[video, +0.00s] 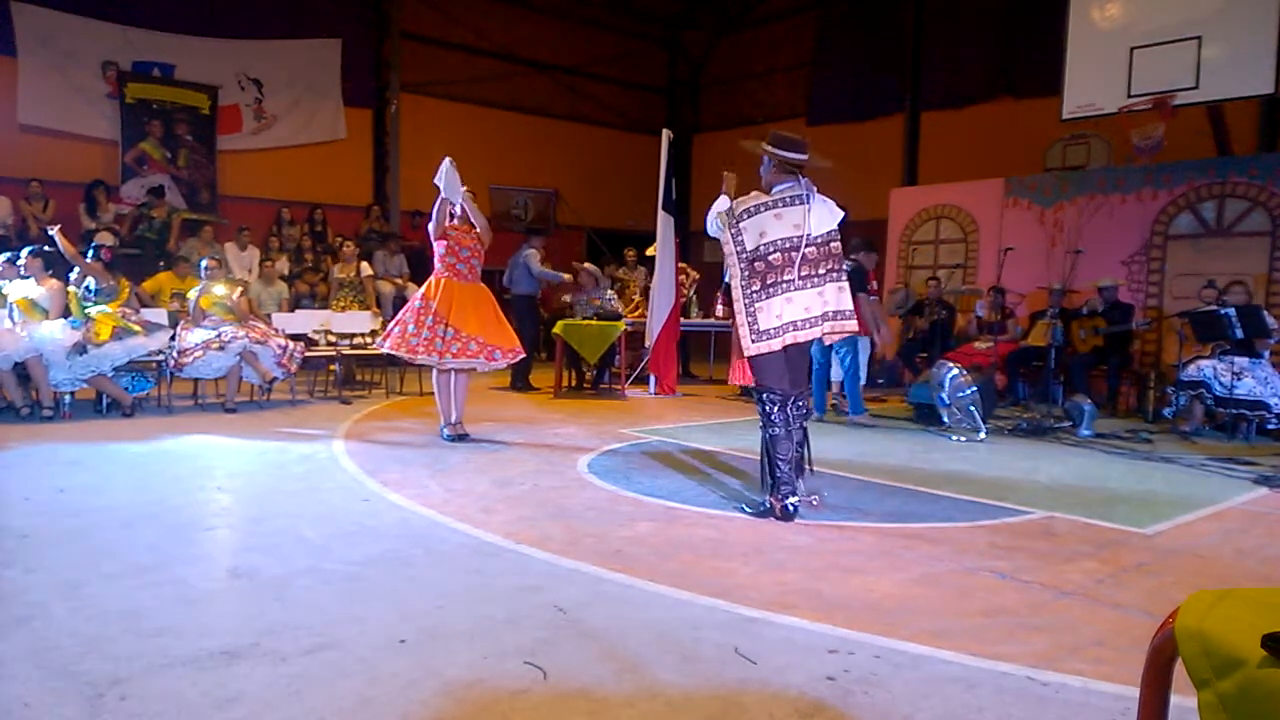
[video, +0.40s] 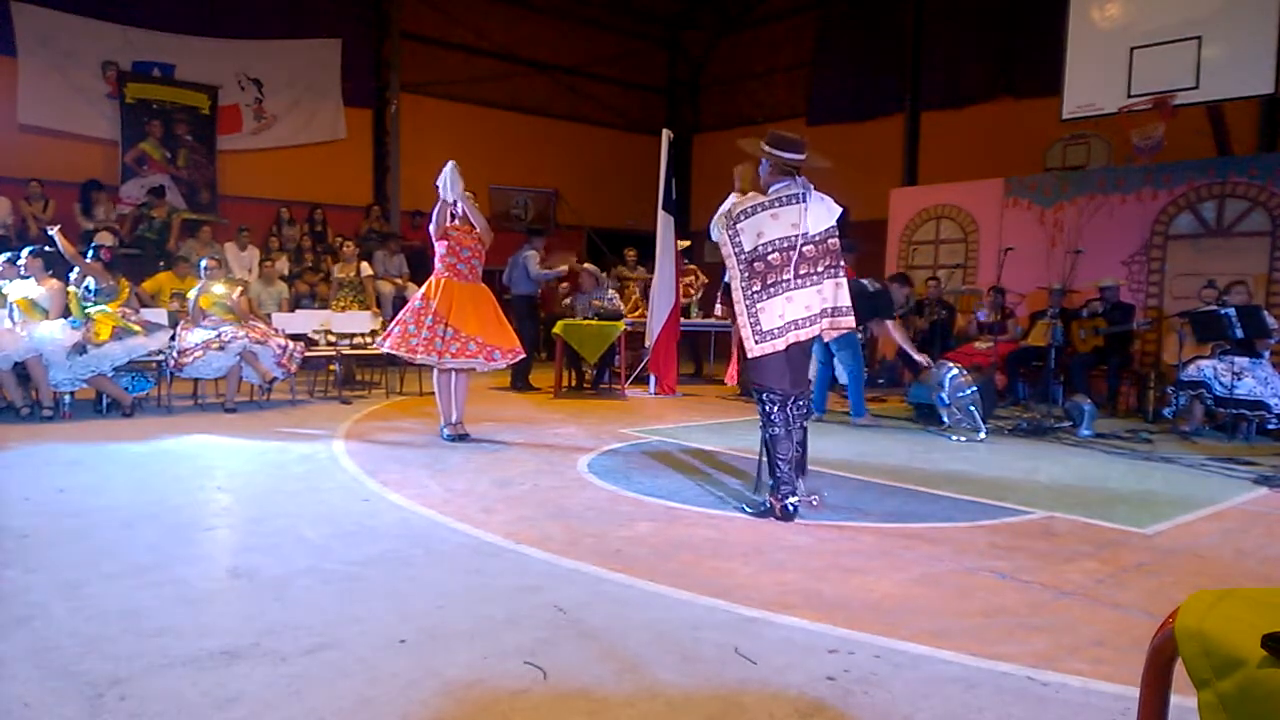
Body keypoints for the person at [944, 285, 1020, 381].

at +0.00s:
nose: (993, 300)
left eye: (996, 297)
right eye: (990, 296)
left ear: (1002, 299)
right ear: (986, 297)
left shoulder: (1008, 313)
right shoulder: (980, 314)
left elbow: (1012, 335)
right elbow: (973, 335)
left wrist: (993, 339)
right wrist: (972, 322)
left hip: (1002, 344)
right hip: (982, 344)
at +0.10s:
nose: (992, 299)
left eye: (996, 297)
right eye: (990, 296)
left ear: (1002, 299)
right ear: (987, 298)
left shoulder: (1008, 312)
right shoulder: (981, 312)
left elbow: (1012, 335)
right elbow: (973, 335)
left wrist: (993, 339)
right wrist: (972, 322)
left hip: (1002, 344)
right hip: (982, 343)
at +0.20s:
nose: (992, 300)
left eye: (996, 297)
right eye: (990, 296)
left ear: (1002, 299)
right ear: (987, 298)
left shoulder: (1008, 312)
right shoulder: (980, 312)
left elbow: (1012, 335)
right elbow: (973, 334)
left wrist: (993, 339)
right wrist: (971, 322)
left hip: (1003, 344)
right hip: (983, 343)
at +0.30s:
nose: (992, 300)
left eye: (996, 297)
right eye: (990, 296)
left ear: (1002, 299)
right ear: (986, 298)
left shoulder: (1008, 313)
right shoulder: (980, 312)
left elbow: (1013, 335)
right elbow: (973, 334)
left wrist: (993, 339)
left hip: (1004, 343)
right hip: (984, 343)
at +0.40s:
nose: (992, 300)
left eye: (995, 297)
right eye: (989, 296)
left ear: (1001, 300)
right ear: (985, 298)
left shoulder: (1007, 312)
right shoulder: (979, 313)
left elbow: (1012, 335)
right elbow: (973, 334)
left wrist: (993, 338)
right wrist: (973, 321)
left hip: (1002, 343)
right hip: (983, 343)